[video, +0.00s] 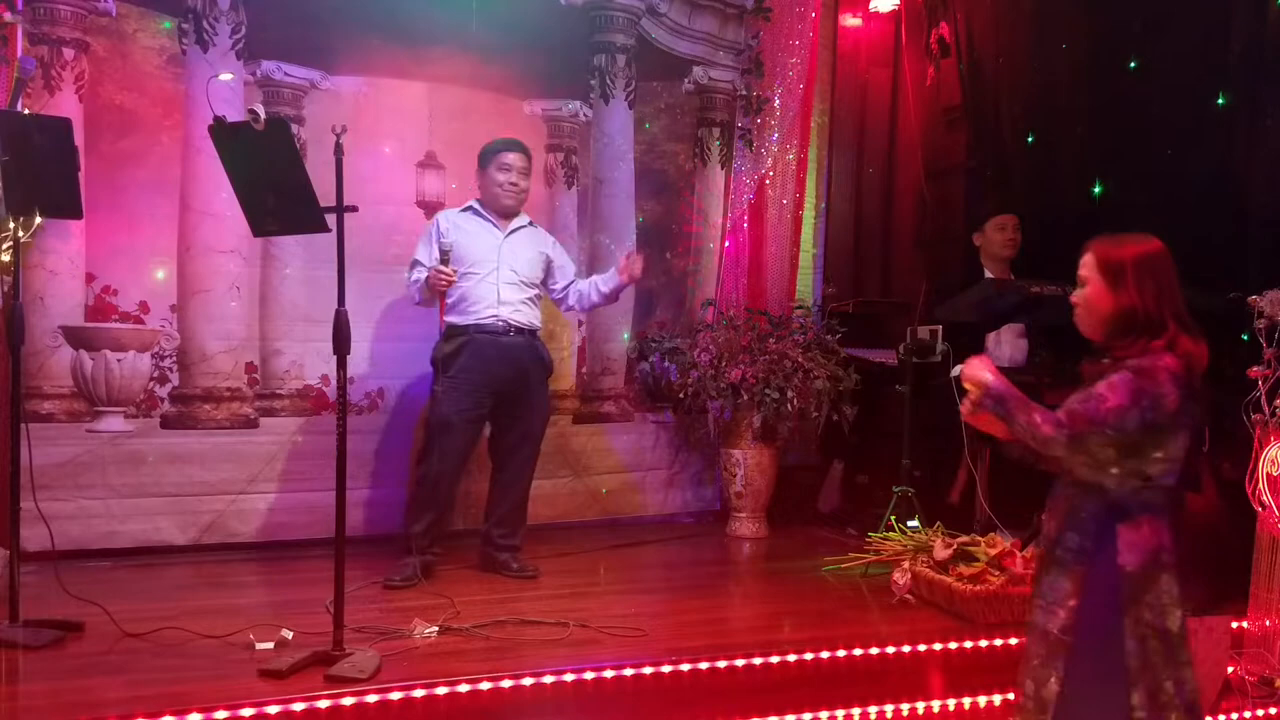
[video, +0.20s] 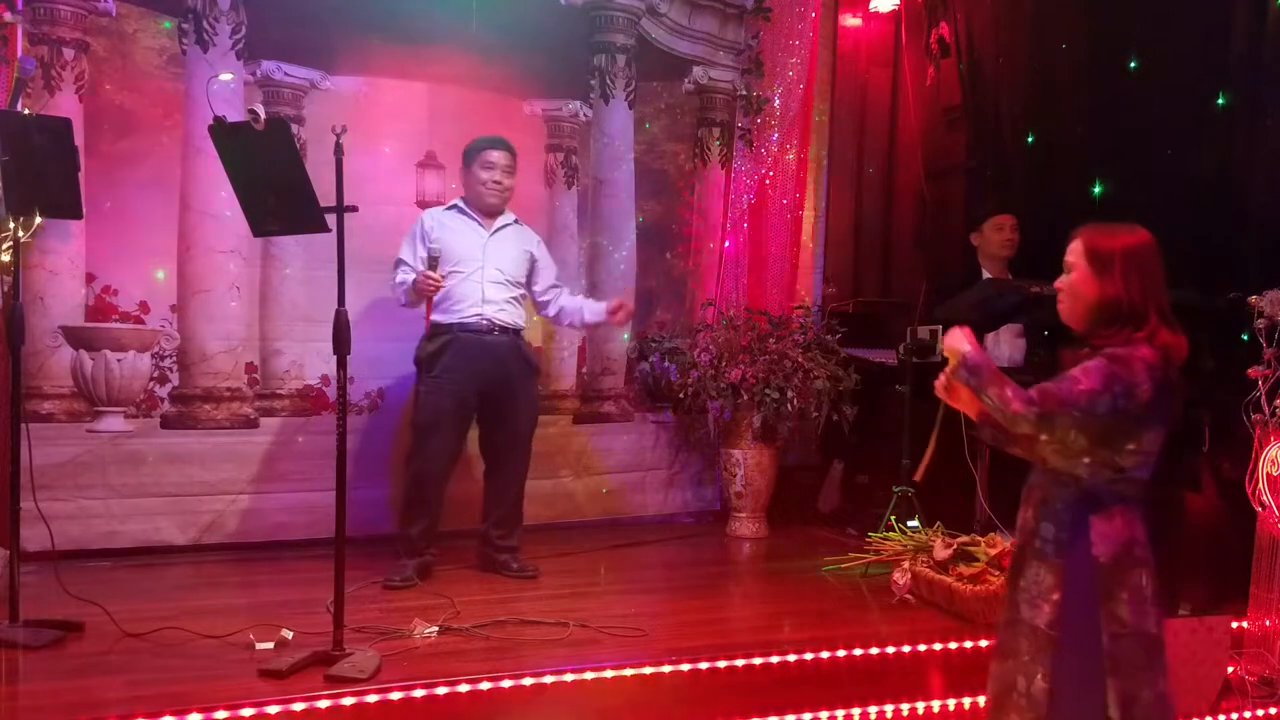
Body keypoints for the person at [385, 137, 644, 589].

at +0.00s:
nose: (514, 180)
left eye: (523, 173)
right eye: (504, 170)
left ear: (530, 182)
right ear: (481, 176)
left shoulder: (542, 241)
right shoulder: (447, 224)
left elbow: (572, 296)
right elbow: (418, 284)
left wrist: (617, 278)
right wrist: (430, 282)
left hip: (526, 353)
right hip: (468, 350)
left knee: (518, 459)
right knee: (443, 453)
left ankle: (503, 550)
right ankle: (418, 554)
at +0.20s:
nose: (498, 178)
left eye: (507, 171)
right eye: (488, 168)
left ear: (515, 180)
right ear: (466, 174)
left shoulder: (527, 239)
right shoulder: (434, 222)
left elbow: (553, 300)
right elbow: (403, 284)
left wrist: (604, 310)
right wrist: (417, 286)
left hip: (510, 352)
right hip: (452, 348)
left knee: (511, 457)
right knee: (432, 454)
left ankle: (501, 550)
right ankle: (414, 555)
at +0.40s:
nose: (472, 176)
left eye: (483, 169)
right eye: (463, 166)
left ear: (496, 180)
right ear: (447, 174)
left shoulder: (512, 238)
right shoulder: (417, 224)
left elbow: (540, 306)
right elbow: (389, 286)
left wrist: (585, 342)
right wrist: (402, 290)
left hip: (490, 352)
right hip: (432, 348)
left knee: (509, 441)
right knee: (418, 446)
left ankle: (502, 548)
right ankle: (412, 555)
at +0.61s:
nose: (456, 173)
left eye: (467, 166)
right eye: (447, 164)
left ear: (484, 176)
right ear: (432, 172)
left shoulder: (501, 235)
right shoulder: (405, 223)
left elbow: (526, 308)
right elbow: (374, 286)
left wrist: (566, 349)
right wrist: (387, 289)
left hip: (482, 350)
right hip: (420, 349)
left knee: (504, 448)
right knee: (413, 455)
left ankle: (512, 550)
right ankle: (412, 557)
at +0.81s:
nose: (452, 172)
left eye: (463, 164)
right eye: (443, 164)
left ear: (480, 176)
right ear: (430, 174)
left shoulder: (502, 234)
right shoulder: (404, 225)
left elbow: (537, 300)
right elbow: (371, 290)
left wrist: (589, 316)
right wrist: (382, 285)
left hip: (483, 351)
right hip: (422, 350)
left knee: (498, 457)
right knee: (415, 460)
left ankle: (510, 552)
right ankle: (412, 557)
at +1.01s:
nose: (453, 171)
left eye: (465, 163)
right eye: (444, 163)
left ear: (483, 175)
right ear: (432, 173)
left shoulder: (506, 233)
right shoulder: (408, 225)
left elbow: (539, 288)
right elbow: (376, 288)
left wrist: (584, 279)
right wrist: (385, 286)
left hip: (486, 352)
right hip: (424, 350)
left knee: (500, 458)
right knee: (418, 459)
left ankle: (510, 552)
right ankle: (413, 557)